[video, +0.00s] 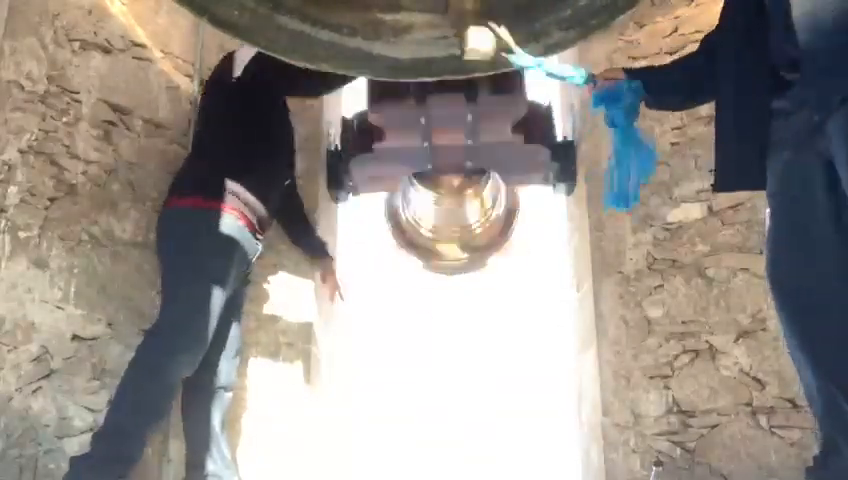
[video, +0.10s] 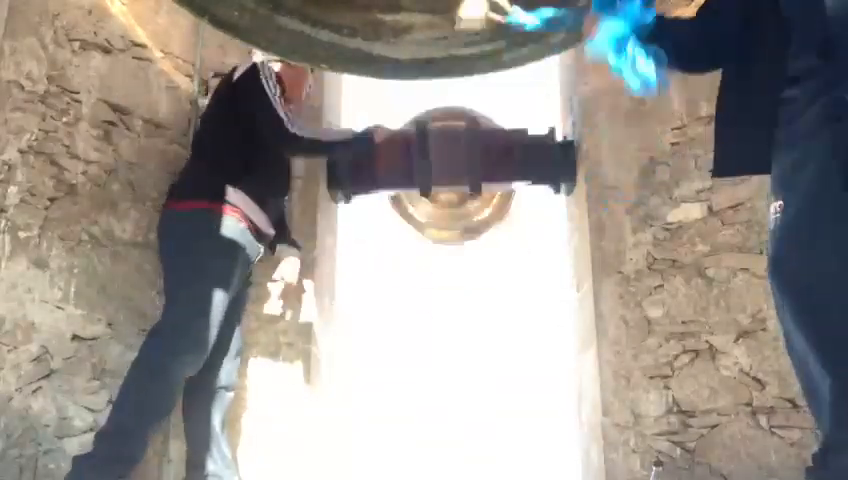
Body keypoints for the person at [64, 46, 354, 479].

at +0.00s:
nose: (297, 73)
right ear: (268, 49)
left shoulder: (274, 117)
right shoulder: (248, 66)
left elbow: (284, 191)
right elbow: (319, 80)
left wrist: (320, 255)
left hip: (241, 237)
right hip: (209, 217)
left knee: (217, 375)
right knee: (180, 344)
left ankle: (214, 472)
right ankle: (100, 469)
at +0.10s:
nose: (308, 93)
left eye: (311, 85)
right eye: (307, 80)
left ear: (287, 80)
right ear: (287, 67)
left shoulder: (271, 122)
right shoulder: (257, 72)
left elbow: (270, 195)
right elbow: (285, 136)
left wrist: (287, 247)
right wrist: (363, 140)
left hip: (242, 240)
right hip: (211, 219)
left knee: (219, 374)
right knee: (185, 343)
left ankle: (215, 472)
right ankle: (103, 467)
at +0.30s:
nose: (296, 67)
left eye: (299, 62)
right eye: (293, 56)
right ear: (276, 50)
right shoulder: (257, 71)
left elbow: (257, 189)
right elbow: (310, 134)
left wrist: (303, 192)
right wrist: (370, 197)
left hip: (244, 242)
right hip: (213, 224)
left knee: (219, 381)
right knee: (166, 357)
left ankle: (215, 473)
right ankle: (98, 470)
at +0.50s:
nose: (285, 62)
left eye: (288, 56)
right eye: (280, 51)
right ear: (260, 45)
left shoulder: (271, 102)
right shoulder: (247, 66)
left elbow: (283, 179)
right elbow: (298, 129)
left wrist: (317, 129)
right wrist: (362, 185)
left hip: (247, 240)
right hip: (214, 221)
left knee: (219, 381)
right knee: (173, 351)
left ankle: (215, 473)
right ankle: (95, 470)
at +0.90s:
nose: (300, 67)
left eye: (304, 60)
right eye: (296, 55)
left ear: (299, 68)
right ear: (277, 49)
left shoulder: (273, 108)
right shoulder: (254, 67)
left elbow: (302, 168)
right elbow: (299, 138)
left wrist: (369, 168)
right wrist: (372, 150)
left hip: (243, 244)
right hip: (208, 223)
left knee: (220, 379)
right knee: (176, 349)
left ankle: (214, 473)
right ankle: (94, 470)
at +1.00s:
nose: (299, 67)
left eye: (301, 63)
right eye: (296, 57)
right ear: (278, 51)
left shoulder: (269, 121)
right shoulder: (251, 67)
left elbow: (311, 180)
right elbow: (319, 117)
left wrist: (375, 212)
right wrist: (375, 109)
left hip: (235, 244)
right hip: (203, 222)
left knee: (216, 378)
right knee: (170, 351)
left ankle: (213, 473)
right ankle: (93, 471)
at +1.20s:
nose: (296, 57)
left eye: (300, 50)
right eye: (291, 48)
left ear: (285, 60)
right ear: (272, 47)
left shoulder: (275, 110)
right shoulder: (244, 73)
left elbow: (303, 178)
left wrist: (353, 234)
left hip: (237, 241)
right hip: (204, 224)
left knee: (215, 383)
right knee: (163, 360)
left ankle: (213, 472)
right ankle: (93, 471)